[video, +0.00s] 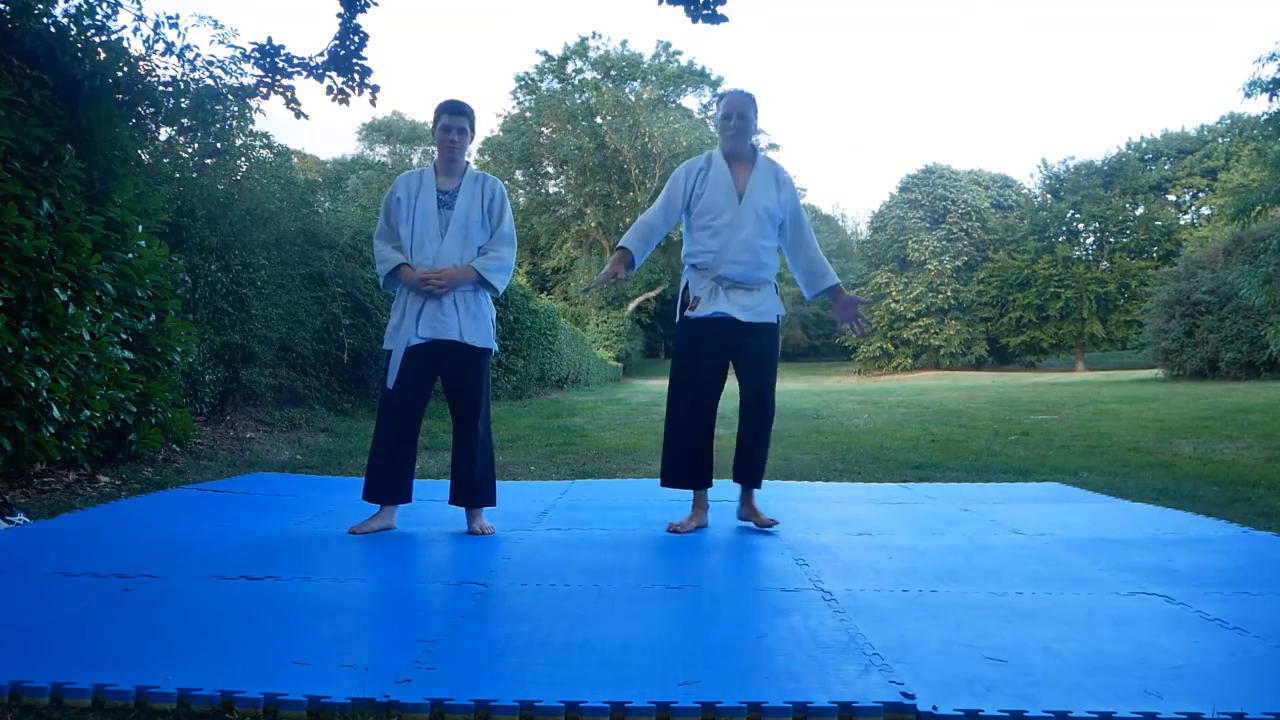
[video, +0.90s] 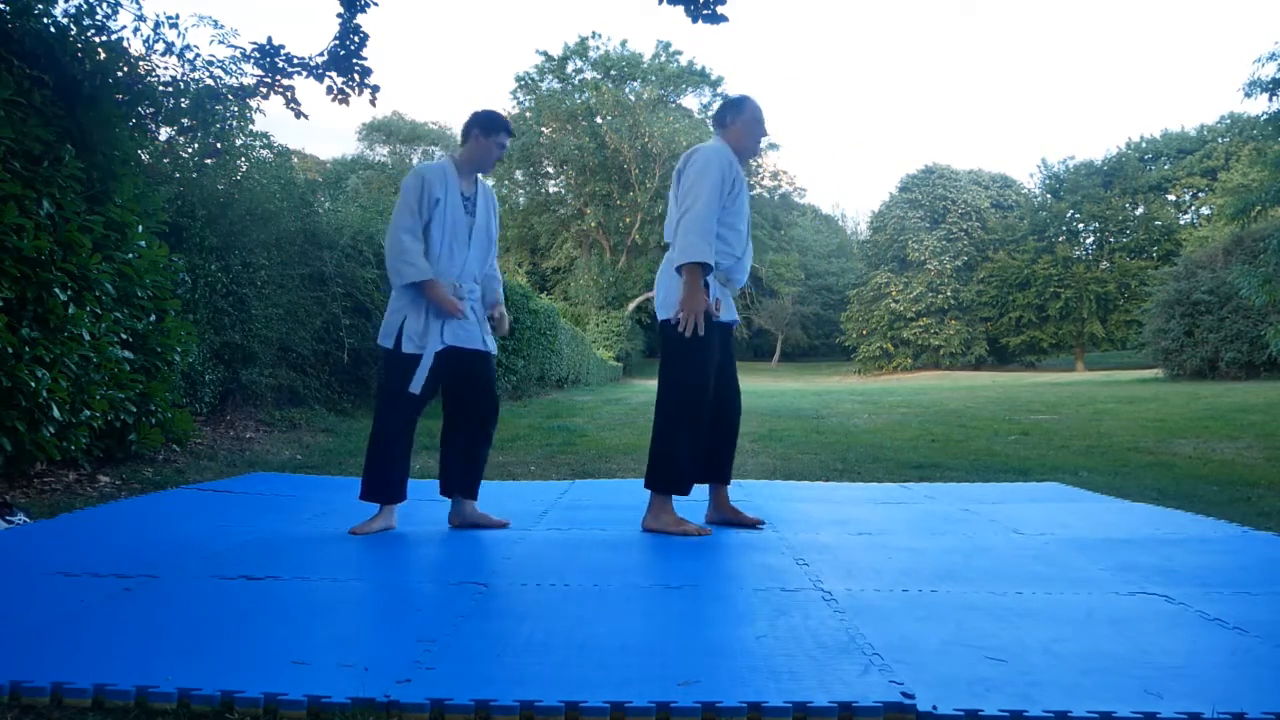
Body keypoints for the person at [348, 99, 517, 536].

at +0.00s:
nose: (452, 137)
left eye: (460, 131)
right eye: (446, 129)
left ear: (472, 139)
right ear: (433, 134)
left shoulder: (491, 190)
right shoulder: (405, 186)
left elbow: (503, 256)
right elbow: (383, 246)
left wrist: (457, 275)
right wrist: (412, 276)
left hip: (469, 321)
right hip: (413, 319)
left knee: (472, 420)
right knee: (397, 415)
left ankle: (475, 513)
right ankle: (387, 510)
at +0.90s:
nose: (502, 156)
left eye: (505, 150)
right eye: (499, 147)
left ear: (490, 146)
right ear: (474, 136)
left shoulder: (488, 197)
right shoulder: (425, 177)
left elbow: (488, 259)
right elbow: (401, 240)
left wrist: (496, 301)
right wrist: (431, 288)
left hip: (469, 323)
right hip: (417, 316)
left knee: (478, 407)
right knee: (396, 412)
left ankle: (464, 507)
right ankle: (387, 510)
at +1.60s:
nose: (573, 170)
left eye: (578, 164)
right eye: (573, 159)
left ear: (554, 152)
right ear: (552, 147)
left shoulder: (533, 190)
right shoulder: (519, 175)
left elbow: (528, 262)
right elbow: (500, 229)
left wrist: (549, 308)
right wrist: (531, 263)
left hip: (511, 310)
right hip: (499, 307)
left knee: (483, 407)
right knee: (517, 408)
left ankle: (462, 506)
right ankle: (543, 511)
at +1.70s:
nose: (587, 167)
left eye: (591, 161)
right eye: (585, 157)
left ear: (566, 149)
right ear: (564, 144)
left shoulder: (546, 188)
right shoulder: (534, 176)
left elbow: (530, 257)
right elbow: (531, 233)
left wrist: (555, 301)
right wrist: (581, 263)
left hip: (524, 306)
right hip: (516, 305)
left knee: (498, 406)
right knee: (535, 409)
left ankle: (464, 505)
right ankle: (556, 513)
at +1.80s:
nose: (597, 164)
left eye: (602, 157)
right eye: (596, 153)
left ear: (576, 145)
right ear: (575, 141)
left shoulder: (556, 185)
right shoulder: (547, 174)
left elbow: (545, 253)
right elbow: (553, 232)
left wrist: (561, 294)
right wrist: (607, 263)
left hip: (529, 302)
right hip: (527, 302)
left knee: (507, 404)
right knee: (542, 406)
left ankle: (467, 501)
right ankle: (555, 512)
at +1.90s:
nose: (611, 164)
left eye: (615, 158)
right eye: (612, 154)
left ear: (590, 141)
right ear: (592, 140)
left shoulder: (562, 176)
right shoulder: (565, 176)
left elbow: (584, 248)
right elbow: (583, 237)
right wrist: (647, 273)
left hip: (535, 302)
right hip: (540, 306)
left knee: (517, 403)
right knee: (549, 408)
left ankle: (472, 494)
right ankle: (557, 513)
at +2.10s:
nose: (631, 173)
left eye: (636, 165)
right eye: (634, 162)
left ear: (608, 144)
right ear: (618, 147)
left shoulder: (567, 172)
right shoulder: (587, 176)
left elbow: (592, 254)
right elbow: (597, 243)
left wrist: (639, 278)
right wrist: (653, 274)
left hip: (536, 303)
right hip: (554, 308)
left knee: (532, 404)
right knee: (562, 410)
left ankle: (500, 490)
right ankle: (557, 513)